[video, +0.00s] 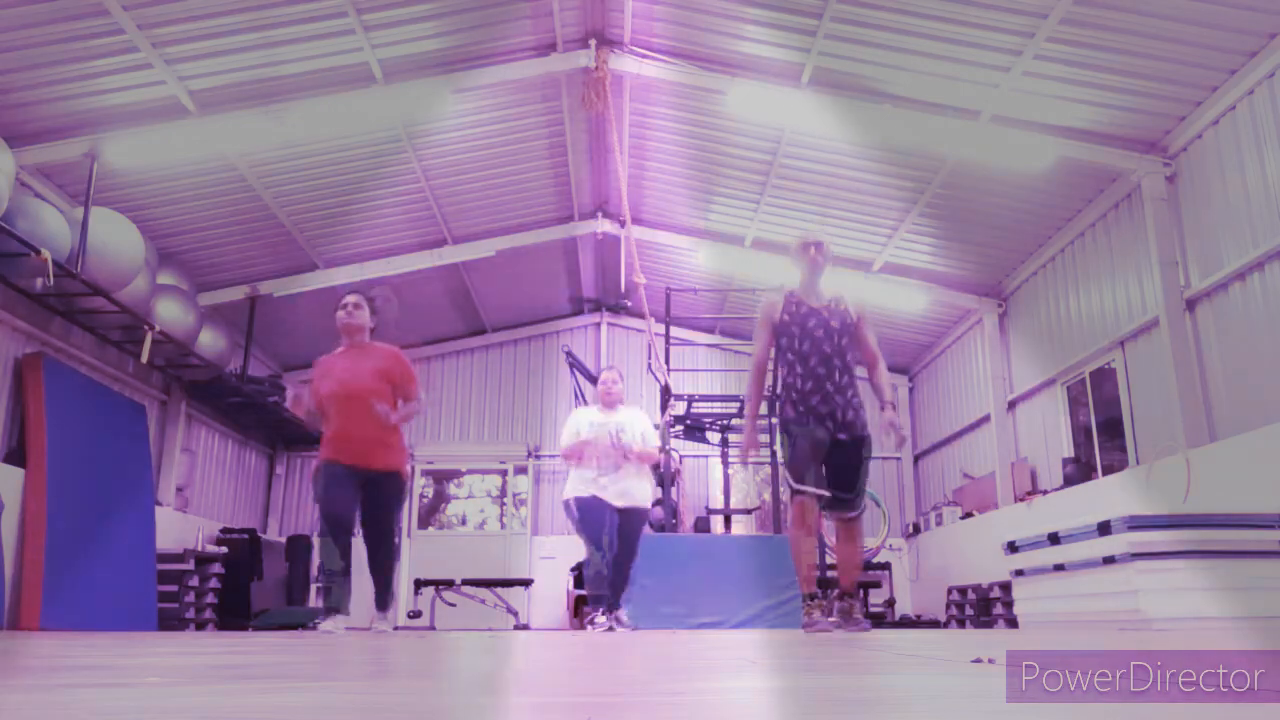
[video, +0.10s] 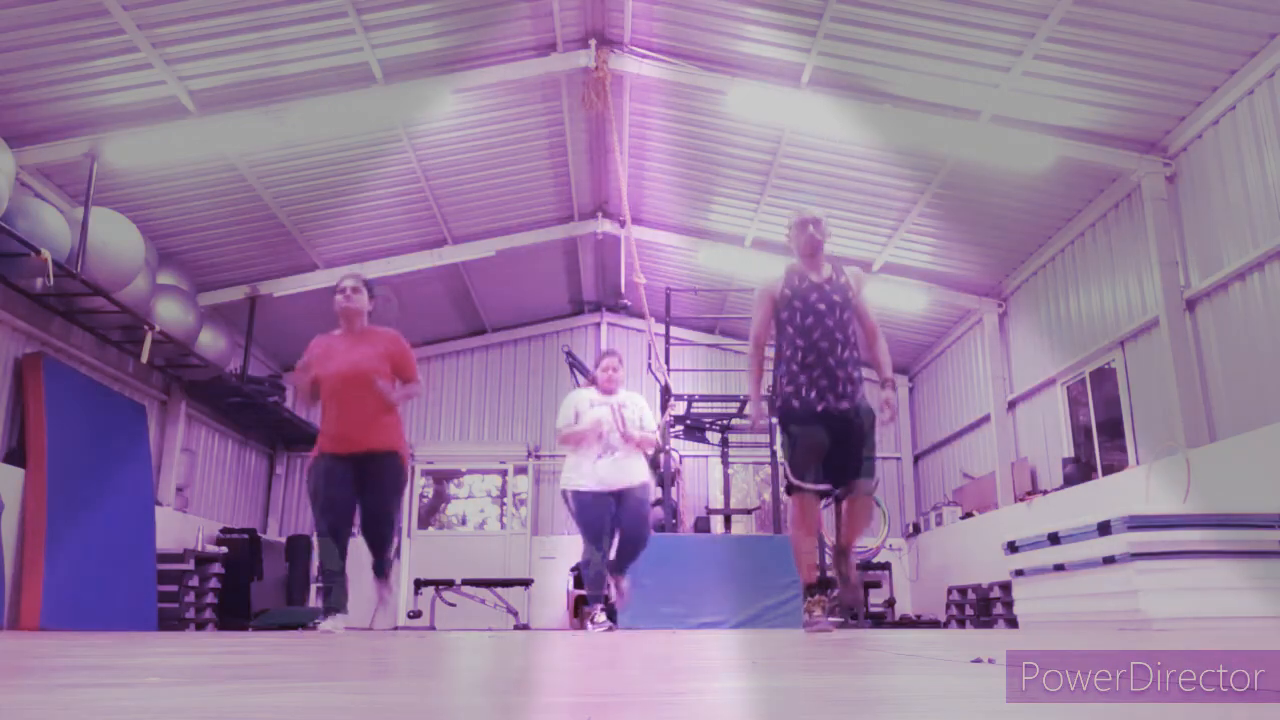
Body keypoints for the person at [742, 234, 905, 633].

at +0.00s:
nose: (814, 255)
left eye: (820, 250)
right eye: (807, 250)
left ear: (828, 260)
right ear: (795, 259)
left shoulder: (846, 309)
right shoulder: (778, 305)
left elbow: (875, 360)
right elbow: (759, 366)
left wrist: (888, 406)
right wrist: (750, 423)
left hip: (849, 420)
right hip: (802, 420)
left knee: (848, 516)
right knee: (805, 510)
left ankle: (848, 602)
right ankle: (810, 605)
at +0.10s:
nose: (812, 234)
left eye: (817, 227)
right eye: (803, 228)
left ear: (827, 236)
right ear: (790, 239)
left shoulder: (848, 282)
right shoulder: (775, 288)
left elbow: (873, 334)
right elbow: (758, 344)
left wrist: (887, 382)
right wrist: (755, 397)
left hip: (851, 400)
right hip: (801, 402)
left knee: (862, 490)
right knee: (805, 496)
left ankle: (845, 552)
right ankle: (812, 595)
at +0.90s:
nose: (860, 199)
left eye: (868, 194)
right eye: (853, 193)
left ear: (876, 206)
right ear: (838, 204)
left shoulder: (895, 255)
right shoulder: (813, 251)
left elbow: (914, 315)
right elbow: (790, 315)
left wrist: (916, 371)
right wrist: (784, 374)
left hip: (879, 380)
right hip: (823, 378)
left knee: (884, 486)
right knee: (822, 481)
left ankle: (888, 595)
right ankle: (811, 589)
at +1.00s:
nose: (861, 203)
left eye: (869, 198)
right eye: (853, 197)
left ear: (878, 210)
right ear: (838, 209)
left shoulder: (896, 258)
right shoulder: (814, 257)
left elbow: (916, 319)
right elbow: (792, 323)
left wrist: (920, 373)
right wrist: (782, 384)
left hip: (883, 377)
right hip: (831, 371)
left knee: (884, 488)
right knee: (845, 416)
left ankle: (884, 599)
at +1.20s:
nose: (861, 204)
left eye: (867, 198)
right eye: (853, 198)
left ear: (876, 207)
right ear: (838, 208)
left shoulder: (898, 258)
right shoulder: (815, 257)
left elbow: (919, 321)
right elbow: (793, 325)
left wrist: (924, 377)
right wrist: (785, 388)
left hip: (889, 377)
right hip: (835, 367)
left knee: (888, 488)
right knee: (856, 406)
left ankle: (884, 599)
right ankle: (844, 516)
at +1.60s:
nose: (849, 205)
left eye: (854, 197)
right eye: (841, 198)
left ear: (866, 207)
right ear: (827, 210)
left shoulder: (890, 256)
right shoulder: (813, 259)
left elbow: (921, 308)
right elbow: (789, 320)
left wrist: (938, 359)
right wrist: (787, 378)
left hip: (895, 381)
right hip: (840, 382)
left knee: (900, 489)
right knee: (846, 483)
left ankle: (889, 590)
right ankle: (854, 598)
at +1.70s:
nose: (848, 205)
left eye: (854, 196)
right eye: (841, 198)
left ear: (864, 200)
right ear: (828, 205)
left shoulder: (890, 234)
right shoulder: (811, 242)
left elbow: (924, 291)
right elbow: (789, 296)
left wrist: (938, 344)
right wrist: (804, 349)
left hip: (893, 357)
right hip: (839, 361)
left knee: (915, 440)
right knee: (846, 480)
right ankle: (854, 595)